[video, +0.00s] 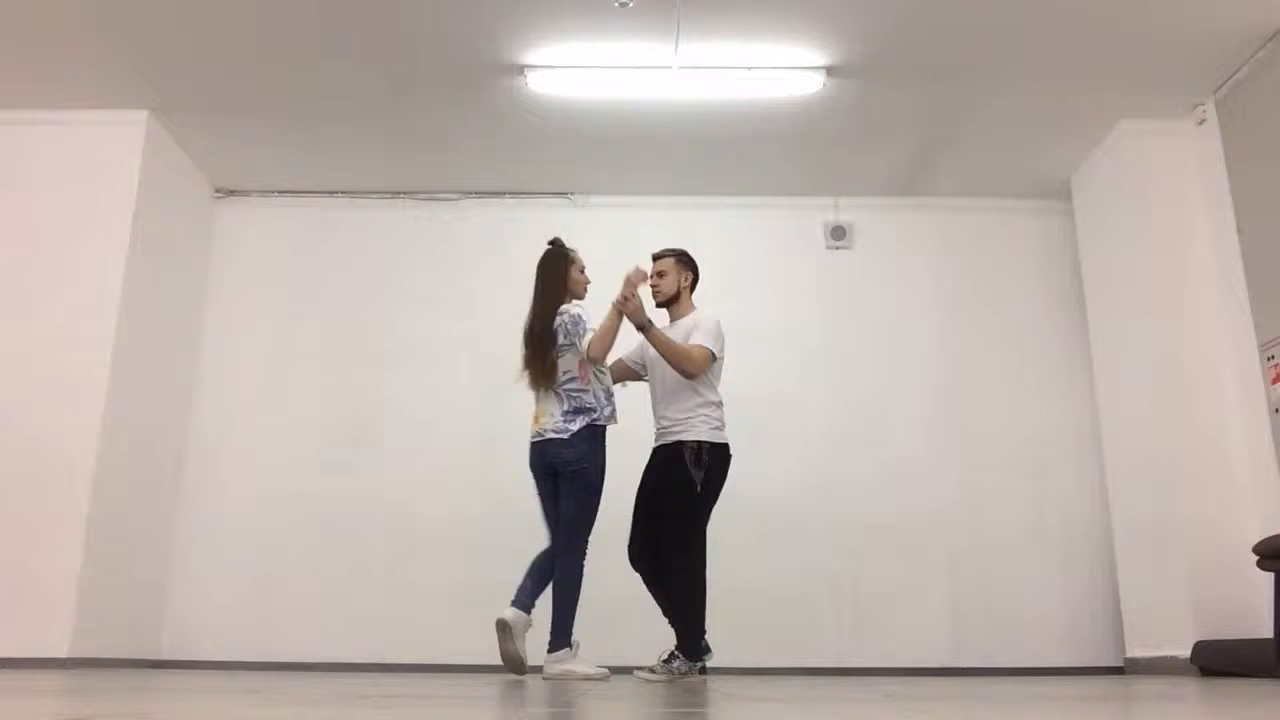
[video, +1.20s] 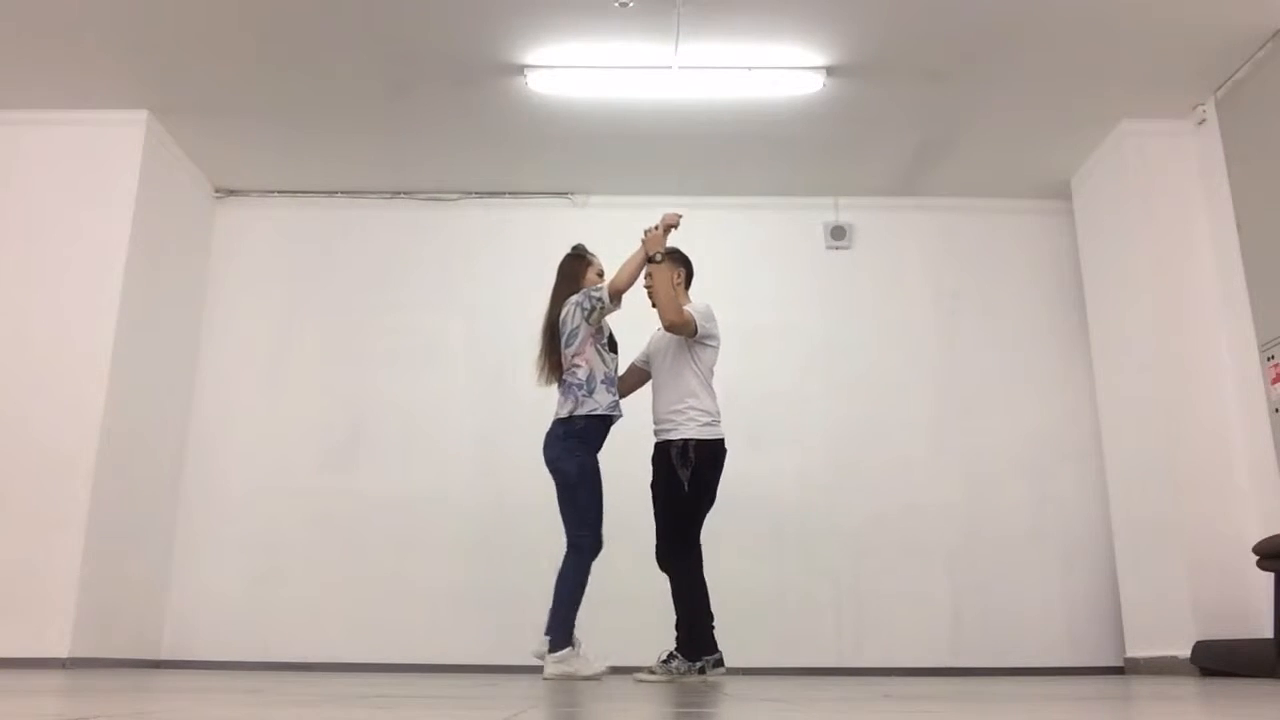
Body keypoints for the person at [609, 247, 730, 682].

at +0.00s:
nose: (653, 281)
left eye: (660, 274)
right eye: (651, 276)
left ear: (686, 278)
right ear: (657, 284)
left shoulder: (706, 324)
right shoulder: (654, 342)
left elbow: (693, 366)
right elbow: (605, 374)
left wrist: (643, 324)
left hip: (701, 449)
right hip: (667, 449)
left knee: (683, 548)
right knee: (643, 550)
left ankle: (690, 655)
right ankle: (692, 640)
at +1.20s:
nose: (647, 282)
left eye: (655, 275)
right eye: (646, 276)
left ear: (681, 278)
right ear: (656, 283)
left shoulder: (702, 314)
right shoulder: (658, 339)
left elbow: (672, 320)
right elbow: (619, 387)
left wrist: (656, 257)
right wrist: (574, 377)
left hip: (697, 444)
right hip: (669, 447)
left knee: (679, 549)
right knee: (672, 552)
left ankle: (693, 651)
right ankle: (701, 648)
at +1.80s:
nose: (638, 282)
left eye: (644, 274)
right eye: (639, 275)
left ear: (669, 276)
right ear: (666, 278)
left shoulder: (690, 314)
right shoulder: (664, 331)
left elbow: (652, 338)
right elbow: (628, 382)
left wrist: (607, 291)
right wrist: (577, 369)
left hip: (696, 443)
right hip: (672, 444)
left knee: (681, 547)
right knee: (647, 548)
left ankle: (688, 655)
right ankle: (677, 646)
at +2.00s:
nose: (625, 283)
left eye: (630, 274)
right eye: (627, 275)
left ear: (652, 276)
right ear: (653, 278)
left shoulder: (671, 318)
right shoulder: (659, 322)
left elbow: (629, 365)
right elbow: (628, 365)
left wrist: (577, 340)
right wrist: (596, 347)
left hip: (681, 444)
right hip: (668, 444)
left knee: (665, 551)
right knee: (652, 551)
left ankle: (682, 657)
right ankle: (663, 654)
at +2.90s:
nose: (613, 306)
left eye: (621, 295)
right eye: (610, 297)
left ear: (646, 296)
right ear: (607, 301)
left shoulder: (665, 337)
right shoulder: (612, 347)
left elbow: (646, 348)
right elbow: (579, 362)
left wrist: (632, 309)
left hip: (656, 459)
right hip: (615, 461)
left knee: (647, 556)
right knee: (615, 556)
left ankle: (642, 653)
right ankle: (624, 651)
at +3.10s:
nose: (619, 304)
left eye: (627, 298)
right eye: (613, 299)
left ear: (647, 304)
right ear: (607, 306)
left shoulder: (663, 348)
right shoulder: (595, 346)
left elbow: (699, 343)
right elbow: (536, 362)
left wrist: (696, 292)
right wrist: (560, 358)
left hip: (649, 463)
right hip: (604, 462)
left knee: (651, 554)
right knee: (608, 555)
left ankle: (656, 646)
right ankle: (621, 652)